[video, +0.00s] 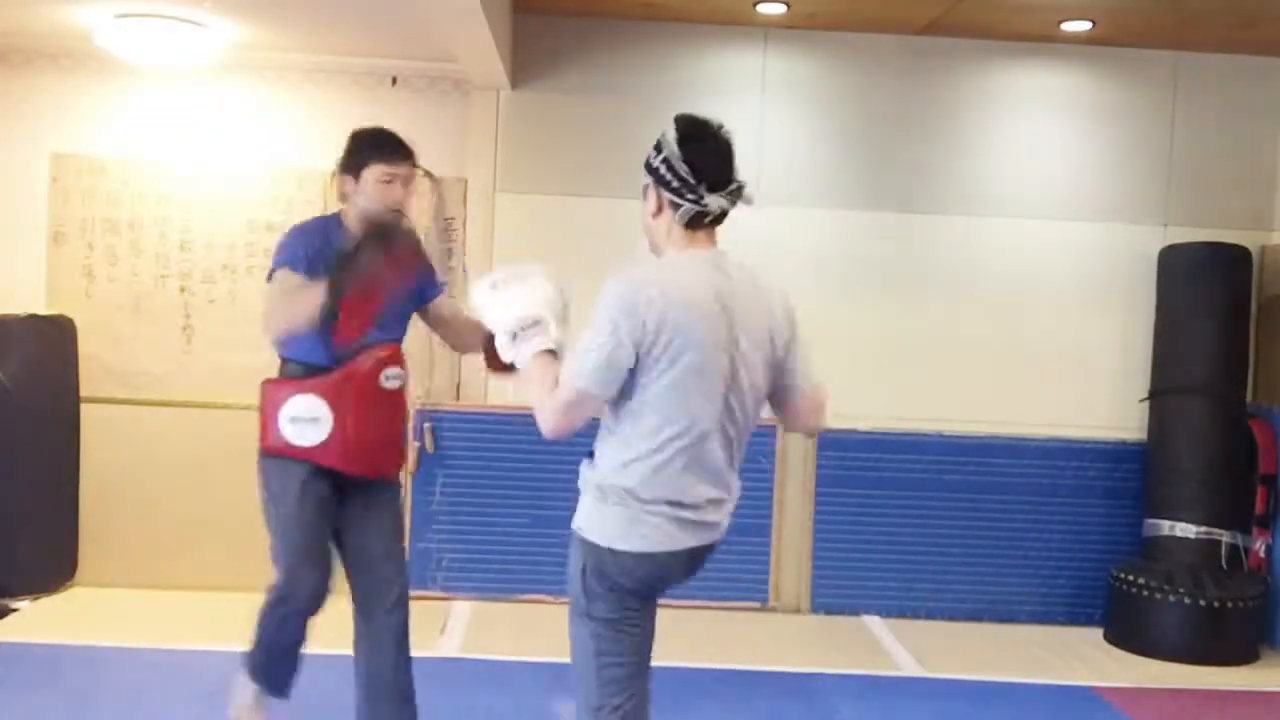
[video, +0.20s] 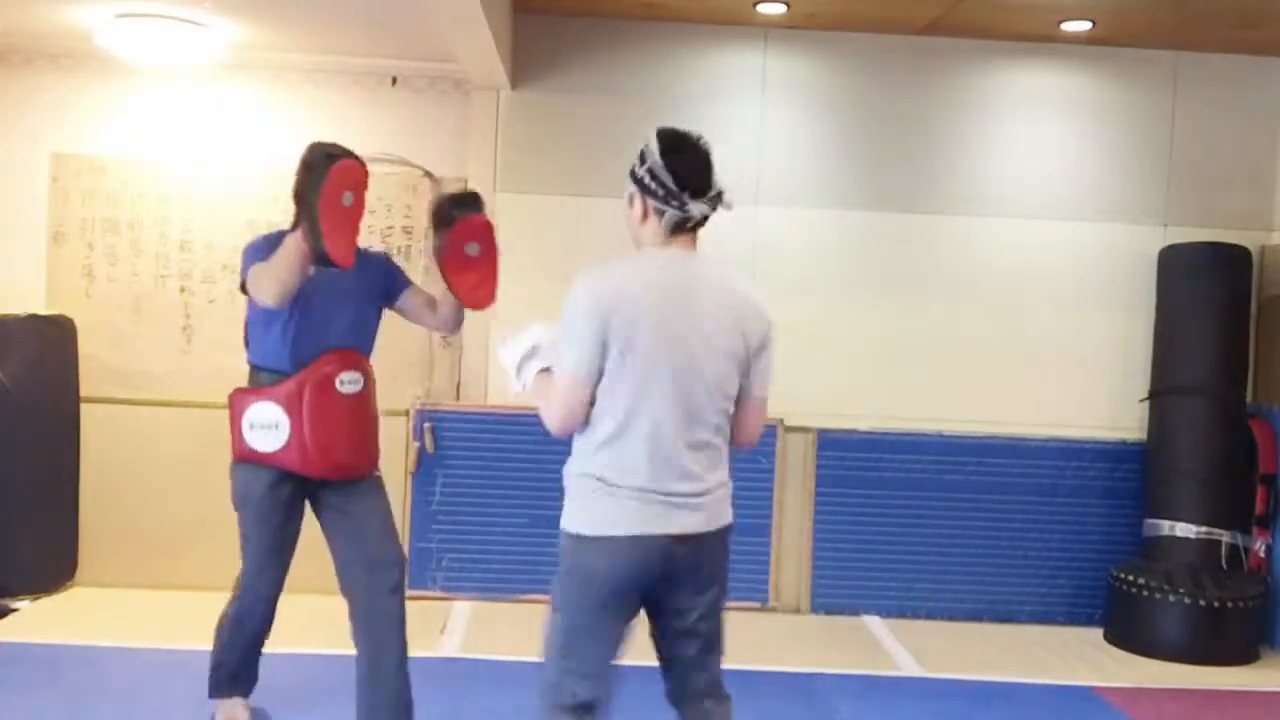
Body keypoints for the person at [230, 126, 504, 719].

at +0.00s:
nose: (401, 194)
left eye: (408, 182)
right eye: (388, 180)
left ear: (414, 187)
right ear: (347, 183)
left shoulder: (405, 250)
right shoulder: (309, 240)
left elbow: (455, 331)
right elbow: (278, 322)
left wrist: (510, 325)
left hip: (371, 440)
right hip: (300, 435)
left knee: (385, 594)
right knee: (304, 579)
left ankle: (390, 716)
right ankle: (260, 686)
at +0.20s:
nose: (346, 203)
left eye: (352, 194)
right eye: (336, 191)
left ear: (357, 199)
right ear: (309, 192)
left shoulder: (373, 267)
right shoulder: (266, 251)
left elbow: (444, 319)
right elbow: (272, 292)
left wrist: (459, 251)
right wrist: (316, 223)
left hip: (344, 440)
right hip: (272, 438)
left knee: (380, 577)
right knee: (262, 577)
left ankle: (387, 715)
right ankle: (231, 694)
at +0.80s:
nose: (369, 195)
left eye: (376, 185)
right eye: (358, 182)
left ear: (379, 194)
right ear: (327, 185)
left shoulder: (383, 252)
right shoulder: (299, 236)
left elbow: (419, 297)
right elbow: (334, 271)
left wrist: (423, 225)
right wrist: (376, 226)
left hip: (352, 409)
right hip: (290, 406)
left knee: (365, 542)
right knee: (292, 543)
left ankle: (372, 665)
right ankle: (257, 652)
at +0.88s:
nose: (364, 206)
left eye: (369, 197)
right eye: (353, 195)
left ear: (368, 201)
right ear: (320, 196)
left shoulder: (351, 260)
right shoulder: (299, 244)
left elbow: (369, 337)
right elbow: (327, 285)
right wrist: (390, 255)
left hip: (339, 426)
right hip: (287, 422)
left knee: (374, 529)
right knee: (279, 543)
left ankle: (370, 658)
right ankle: (246, 656)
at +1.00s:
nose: (363, 208)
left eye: (369, 198)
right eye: (353, 197)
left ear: (369, 203)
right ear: (321, 199)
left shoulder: (343, 263)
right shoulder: (302, 255)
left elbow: (342, 334)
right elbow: (301, 333)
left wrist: (379, 356)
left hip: (333, 422)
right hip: (295, 421)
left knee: (378, 516)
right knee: (291, 537)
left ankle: (363, 634)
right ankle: (245, 654)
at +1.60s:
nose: (411, 211)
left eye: (413, 201)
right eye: (403, 201)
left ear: (408, 204)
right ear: (382, 203)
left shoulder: (419, 259)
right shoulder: (361, 260)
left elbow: (430, 327)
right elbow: (362, 343)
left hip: (402, 411)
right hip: (360, 409)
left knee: (377, 522)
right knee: (341, 522)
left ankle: (346, 625)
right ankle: (262, 637)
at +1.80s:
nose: (433, 211)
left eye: (431, 201)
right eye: (428, 201)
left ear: (411, 203)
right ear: (413, 203)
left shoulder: (404, 260)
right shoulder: (401, 259)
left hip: (387, 406)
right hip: (388, 408)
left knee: (384, 517)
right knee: (392, 520)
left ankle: (352, 623)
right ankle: (322, 610)